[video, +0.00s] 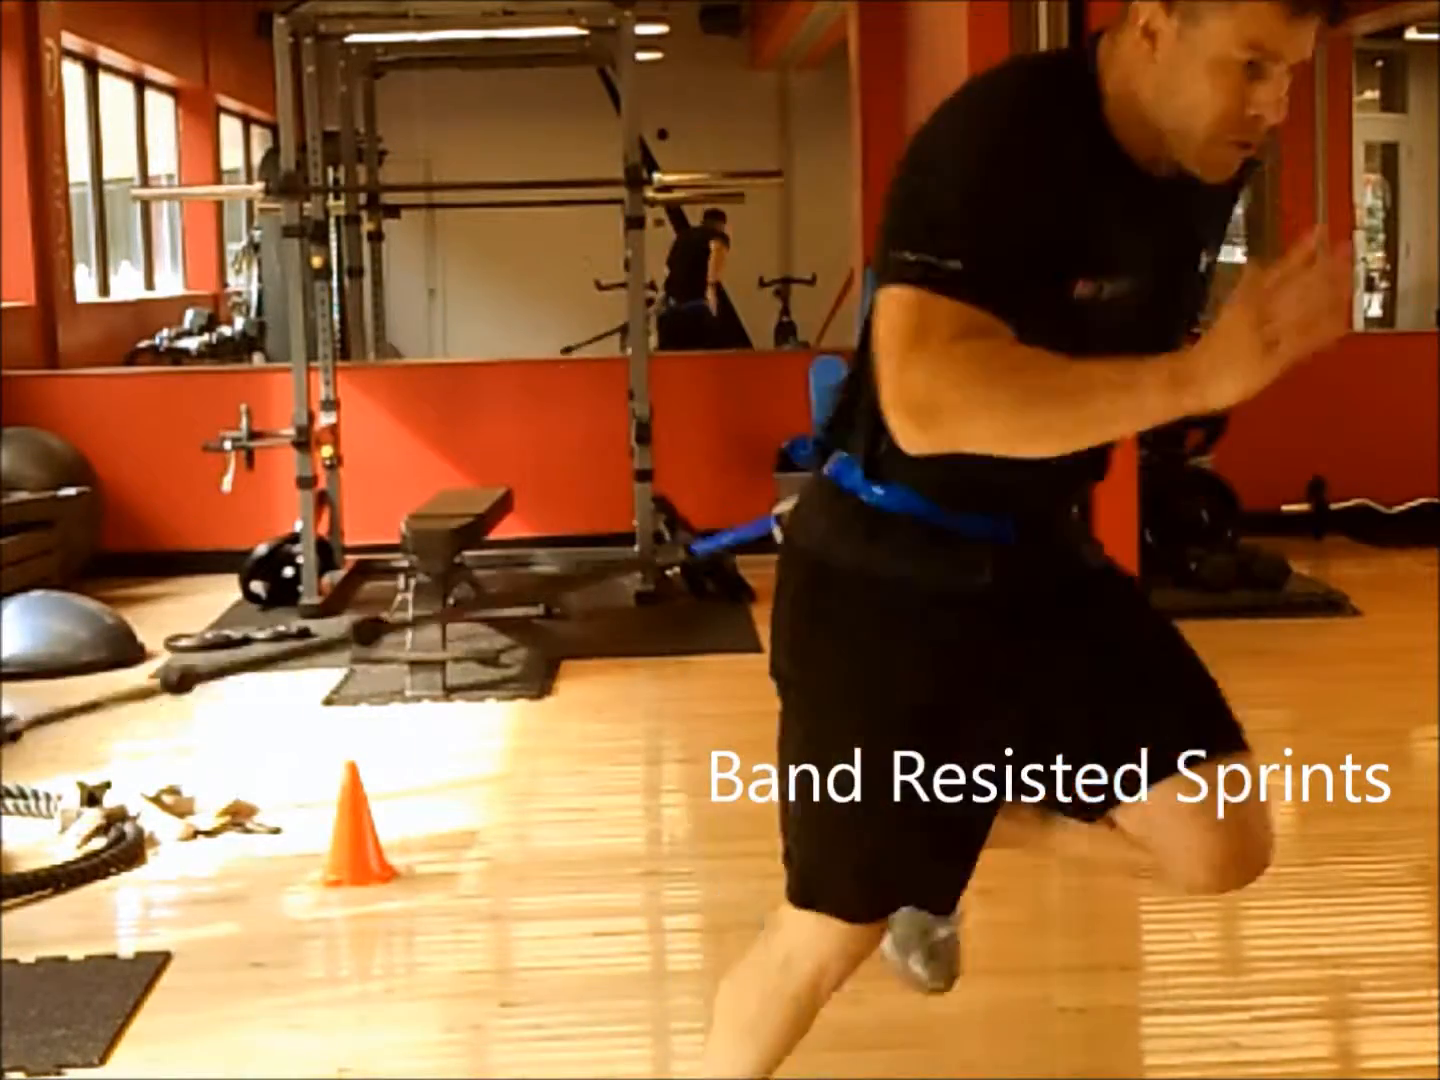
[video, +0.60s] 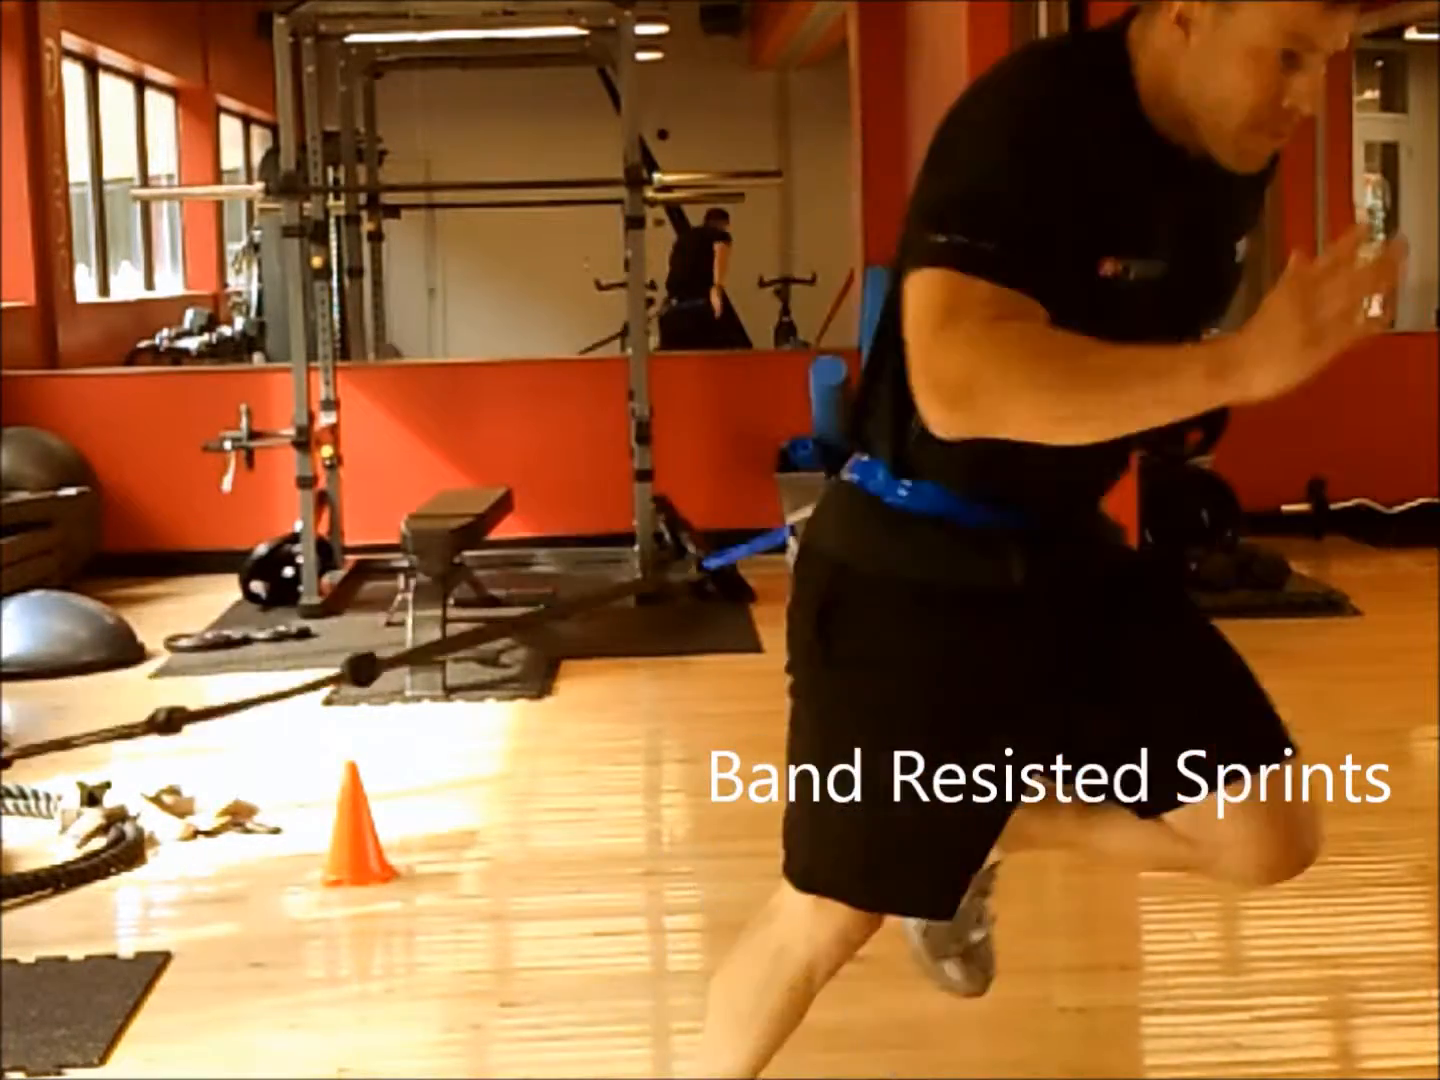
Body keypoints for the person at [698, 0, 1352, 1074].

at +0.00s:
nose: (1276, 110)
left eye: (1292, 74)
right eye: (1252, 67)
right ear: (1142, 31)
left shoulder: (1207, 164)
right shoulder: (991, 132)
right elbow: (930, 394)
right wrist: (1197, 374)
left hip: (1044, 556)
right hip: (880, 562)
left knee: (1218, 844)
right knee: (836, 922)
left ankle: (946, 812)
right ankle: (719, 1070)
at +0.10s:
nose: (1328, 87)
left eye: (1349, 54)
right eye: (1310, 40)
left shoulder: (1246, 132)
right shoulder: (1023, 83)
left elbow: (1135, 309)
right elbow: (898, 324)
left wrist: (1230, 348)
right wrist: (1160, 370)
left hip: (1050, 489)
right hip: (890, 489)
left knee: (1223, 790)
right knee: (837, 848)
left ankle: (944, 869)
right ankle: (719, 1065)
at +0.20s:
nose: (1367, 28)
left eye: (1386, 6)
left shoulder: (1307, 99)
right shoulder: (1035, 36)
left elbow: (1219, 246)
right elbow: (840, 213)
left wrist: (1209, 420)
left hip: (1073, 447)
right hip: (912, 440)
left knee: (1095, 823)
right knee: (952, 847)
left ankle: (895, 1005)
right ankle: (698, 988)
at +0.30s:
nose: (1332, 111)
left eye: (1351, 79)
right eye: (1311, 67)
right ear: (1210, 33)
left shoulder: (1294, 177)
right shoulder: (1020, 99)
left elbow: (1311, 355)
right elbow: (767, 177)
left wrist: (1386, 446)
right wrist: (667, 401)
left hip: (1053, 534)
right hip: (915, 523)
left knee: (978, 834)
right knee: (1101, 846)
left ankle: (824, 1057)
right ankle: (770, 784)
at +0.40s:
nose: (1337, 103)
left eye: (1360, 70)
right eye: (1319, 57)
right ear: (1220, 17)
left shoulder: (1303, 167)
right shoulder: (1009, 91)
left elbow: (1299, 343)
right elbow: (772, 173)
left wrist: (1376, 415)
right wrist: (682, 409)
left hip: (1066, 525)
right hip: (924, 511)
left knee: (964, 834)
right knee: (1068, 859)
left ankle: (836, 1043)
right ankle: (787, 864)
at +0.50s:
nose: (1341, 26)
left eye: (1362, 5)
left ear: (1375, 9)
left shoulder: (1304, 85)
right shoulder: (1028, 36)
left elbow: (1229, 262)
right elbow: (836, 232)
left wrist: (1220, 461)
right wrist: (951, 465)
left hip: (1089, 469)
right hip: (918, 468)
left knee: (1106, 839)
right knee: (919, 871)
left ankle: (887, 989)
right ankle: (744, 1068)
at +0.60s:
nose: (1311, 99)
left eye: (1326, 64)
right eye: (1289, 56)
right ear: (1179, 21)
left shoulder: (1231, 157)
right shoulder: (1022, 114)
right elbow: (960, 381)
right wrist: (1237, 361)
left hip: (1065, 549)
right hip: (902, 554)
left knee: (1264, 837)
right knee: (838, 904)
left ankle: (980, 812)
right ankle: (702, 1072)